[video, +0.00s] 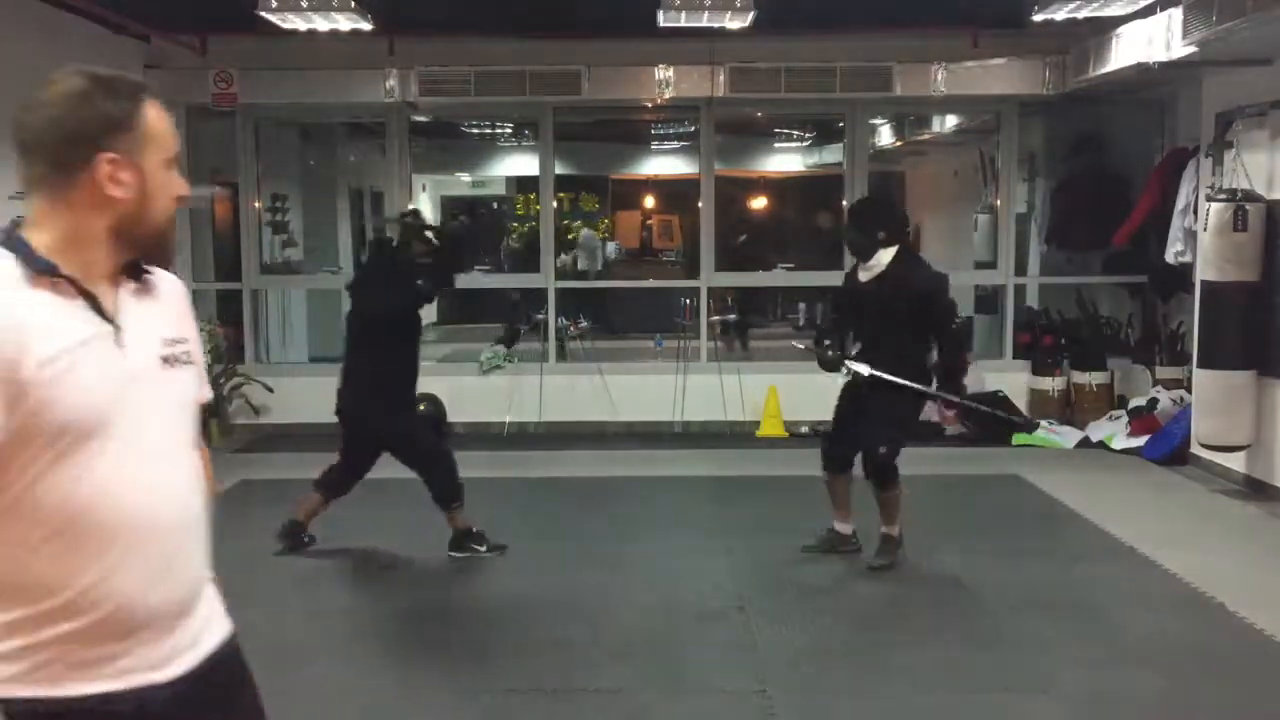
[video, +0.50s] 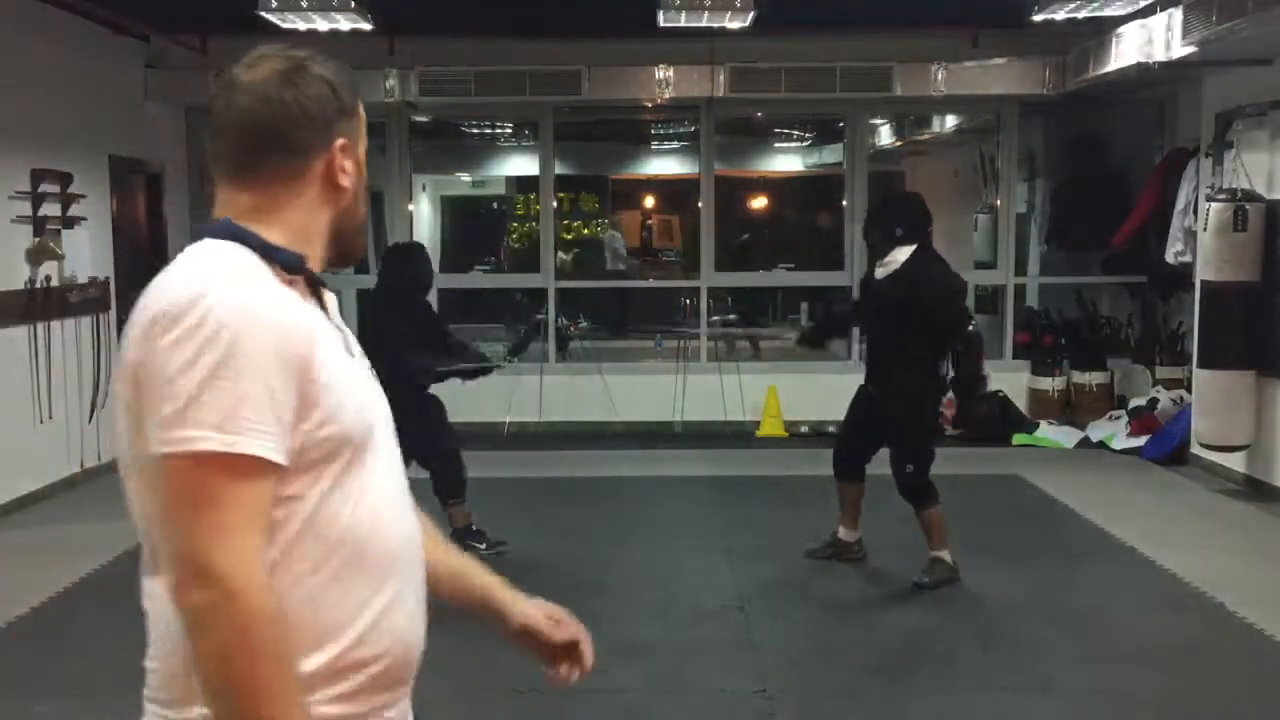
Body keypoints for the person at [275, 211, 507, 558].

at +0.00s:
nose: (427, 260)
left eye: (428, 254)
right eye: (422, 254)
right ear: (407, 256)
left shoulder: (370, 287)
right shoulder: (393, 292)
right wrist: (428, 282)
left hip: (360, 403)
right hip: (385, 405)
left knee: (350, 467)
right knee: (437, 462)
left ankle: (296, 524)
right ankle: (462, 533)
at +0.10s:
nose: (430, 275)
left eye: (430, 270)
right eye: (426, 270)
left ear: (388, 267)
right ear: (414, 271)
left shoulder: (370, 298)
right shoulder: (417, 301)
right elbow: (466, 311)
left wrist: (422, 396)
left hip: (374, 405)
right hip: (406, 407)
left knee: (375, 463)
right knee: (459, 454)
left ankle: (312, 507)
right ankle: (466, 533)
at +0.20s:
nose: (440, 277)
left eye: (438, 271)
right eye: (435, 271)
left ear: (402, 270)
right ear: (427, 272)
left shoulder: (390, 304)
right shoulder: (424, 303)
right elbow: (465, 342)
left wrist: (430, 399)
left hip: (382, 404)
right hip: (409, 405)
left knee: (394, 458)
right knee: (462, 453)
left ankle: (334, 499)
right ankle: (466, 532)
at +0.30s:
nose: (438, 283)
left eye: (437, 277)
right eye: (434, 276)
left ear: (401, 277)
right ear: (423, 278)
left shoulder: (388, 316)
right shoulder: (426, 312)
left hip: (386, 407)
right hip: (411, 407)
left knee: (406, 456)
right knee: (464, 453)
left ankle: (352, 504)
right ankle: (466, 532)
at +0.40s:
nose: (437, 281)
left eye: (435, 275)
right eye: (432, 275)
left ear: (399, 276)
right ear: (420, 278)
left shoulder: (394, 305)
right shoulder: (416, 308)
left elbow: (439, 347)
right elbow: (439, 352)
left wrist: (478, 367)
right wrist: (481, 369)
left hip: (391, 402)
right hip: (412, 405)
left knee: (403, 459)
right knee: (461, 452)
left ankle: (347, 504)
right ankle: (466, 532)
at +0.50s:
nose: (430, 276)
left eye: (428, 269)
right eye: (425, 269)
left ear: (389, 271)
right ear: (413, 272)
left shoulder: (374, 302)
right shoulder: (409, 306)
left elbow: (438, 338)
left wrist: (469, 357)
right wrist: (462, 362)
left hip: (380, 395)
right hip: (410, 398)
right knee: (445, 456)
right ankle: (463, 529)